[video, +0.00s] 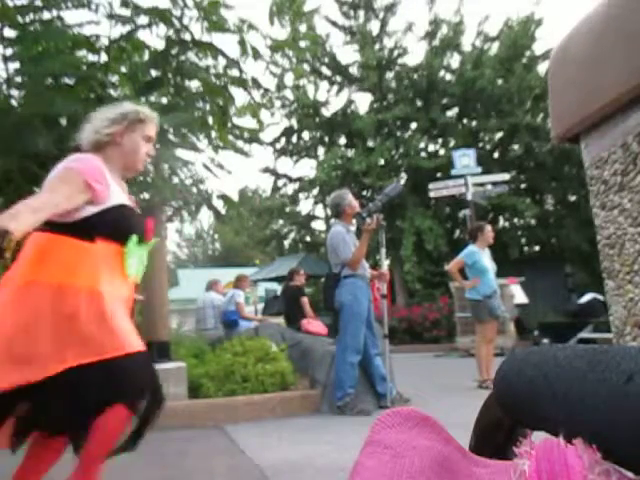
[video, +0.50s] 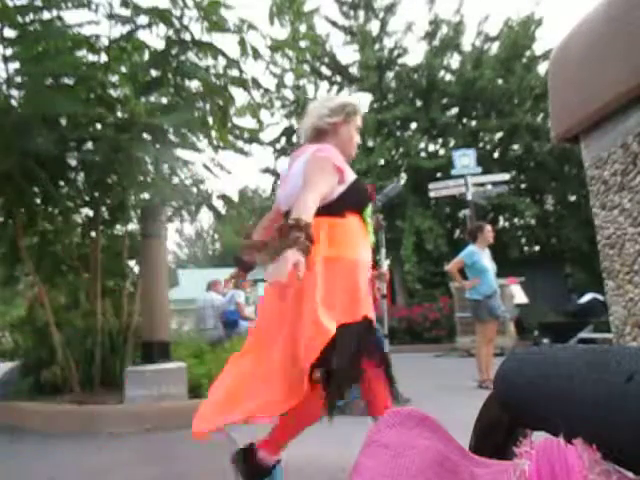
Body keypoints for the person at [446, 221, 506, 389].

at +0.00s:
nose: (492, 235)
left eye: (492, 232)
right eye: (489, 232)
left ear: (485, 235)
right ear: (480, 235)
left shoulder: (486, 251)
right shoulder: (471, 251)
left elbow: (485, 274)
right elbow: (452, 267)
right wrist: (462, 282)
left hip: (491, 295)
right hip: (478, 297)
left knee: (491, 338)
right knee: (483, 338)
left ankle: (489, 376)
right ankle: (483, 377)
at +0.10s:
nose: (492, 235)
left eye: (492, 232)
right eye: (489, 232)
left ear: (485, 235)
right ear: (480, 235)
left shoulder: (486, 251)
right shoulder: (471, 251)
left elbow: (485, 274)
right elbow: (452, 267)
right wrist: (462, 282)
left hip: (491, 295)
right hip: (478, 297)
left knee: (491, 338)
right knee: (483, 338)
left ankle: (489, 376)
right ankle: (483, 377)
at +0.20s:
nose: (492, 235)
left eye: (492, 232)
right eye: (489, 232)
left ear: (486, 235)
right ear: (479, 235)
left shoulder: (486, 251)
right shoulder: (471, 251)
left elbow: (485, 274)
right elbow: (451, 267)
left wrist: (500, 283)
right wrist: (462, 282)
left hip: (492, 295)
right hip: (479, 297)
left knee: (491, 338)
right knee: (483, 338)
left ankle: (489, 376)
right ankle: (483, 377)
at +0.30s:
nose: (492, 235)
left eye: (492, 232)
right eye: (489, 232)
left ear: (486, 235)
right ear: (479, 235)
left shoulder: (486, 251)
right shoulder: (471, 251)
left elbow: (485, 274)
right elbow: (451, 267)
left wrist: (500, 283)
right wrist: (462, 282)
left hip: (492, 295)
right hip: (479, 297)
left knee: (491, 338)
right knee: (483, 338)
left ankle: (489, 376)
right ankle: (483, 377)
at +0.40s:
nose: (492, 235)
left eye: (492, 232)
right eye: (489, 232)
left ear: (488, 235)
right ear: (479, 235)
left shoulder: (486, 251)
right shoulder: (471, 251)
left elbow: (485, 274)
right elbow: (451, 267)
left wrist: (499, 283)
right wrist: (462, 282)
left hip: (492, 295)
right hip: (479, 297)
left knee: (491, 338)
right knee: (483, 339)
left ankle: (488, 376)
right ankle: (483, 377)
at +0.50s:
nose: (492, 235)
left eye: (492, 232)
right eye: (489, 232)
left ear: (488, 235)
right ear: (479, 235)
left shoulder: (486, 251)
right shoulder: (471, 251)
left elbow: (485, 274)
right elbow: (451, 267)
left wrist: (499, 283)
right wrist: (462, 282)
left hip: (492, 295)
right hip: (479, 297)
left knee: (491, 338)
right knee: (483, 339)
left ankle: (488, 376)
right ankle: (483, 377)